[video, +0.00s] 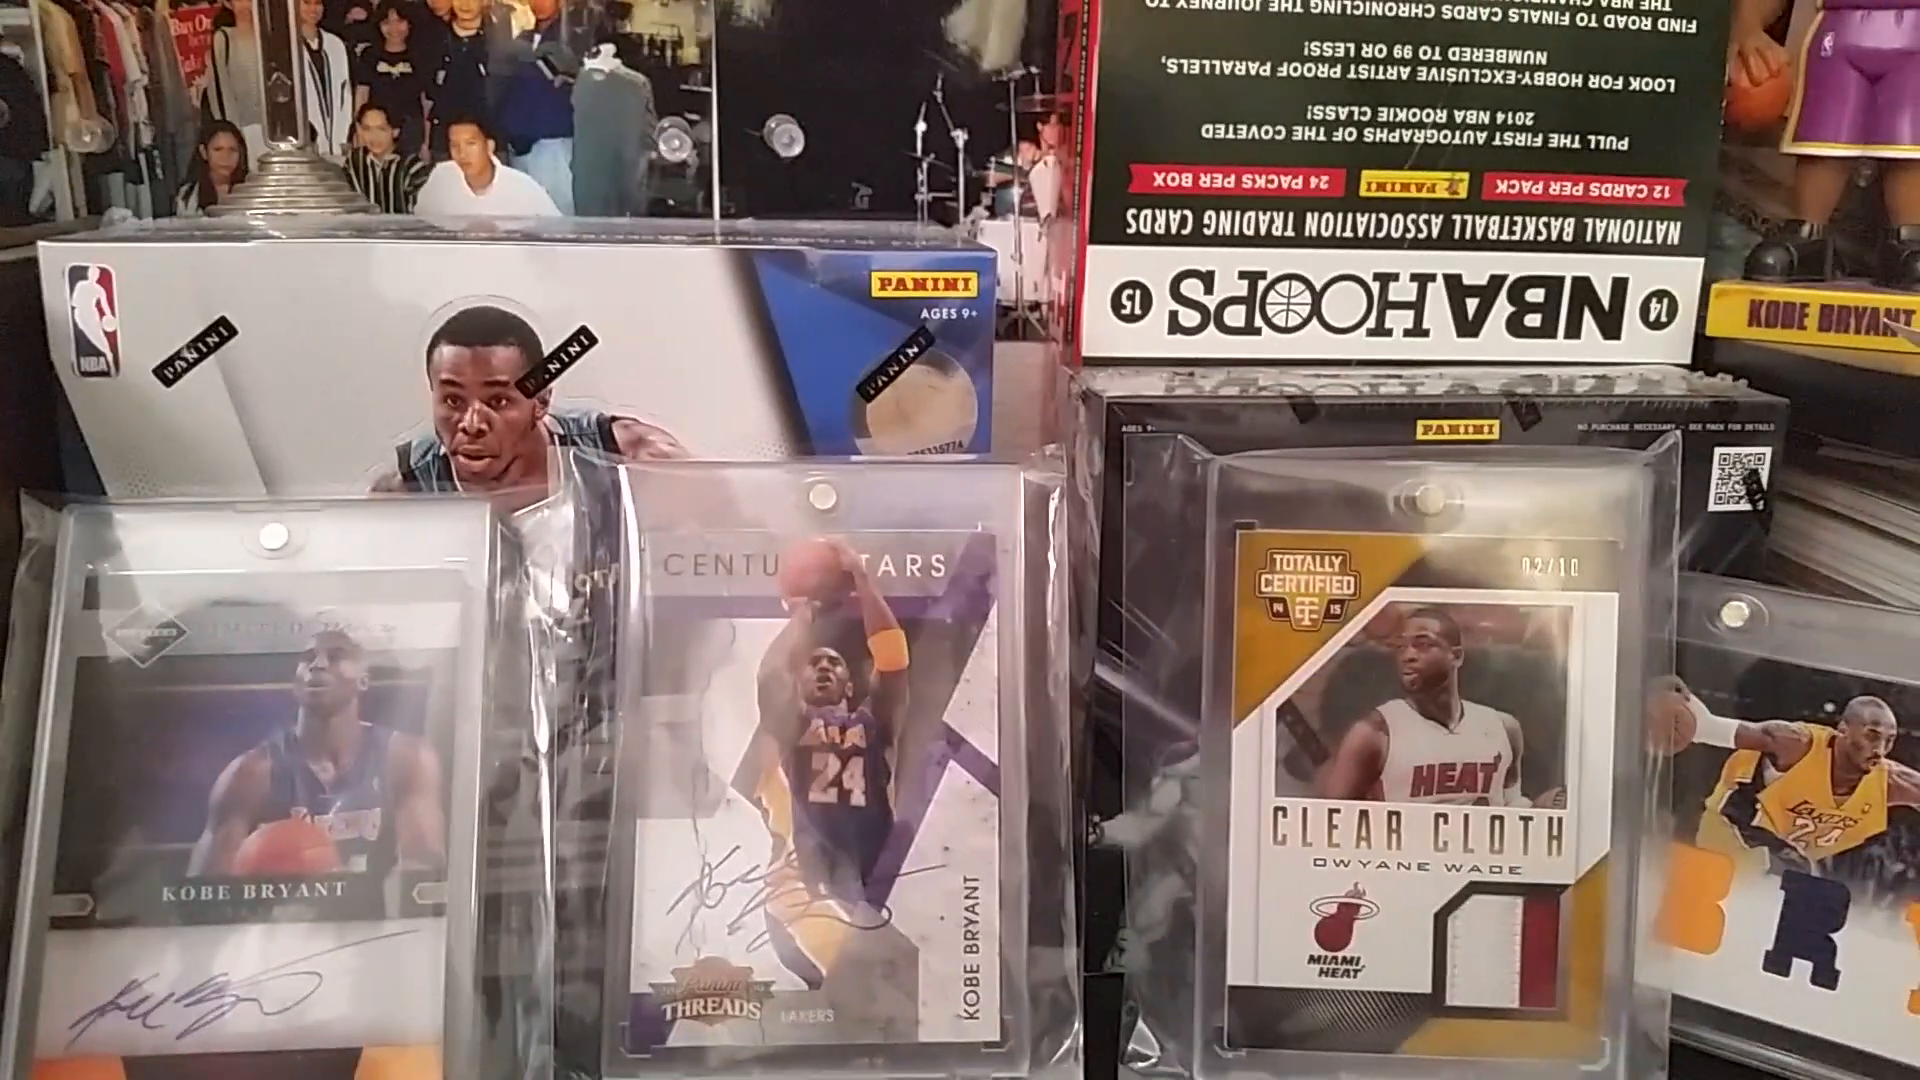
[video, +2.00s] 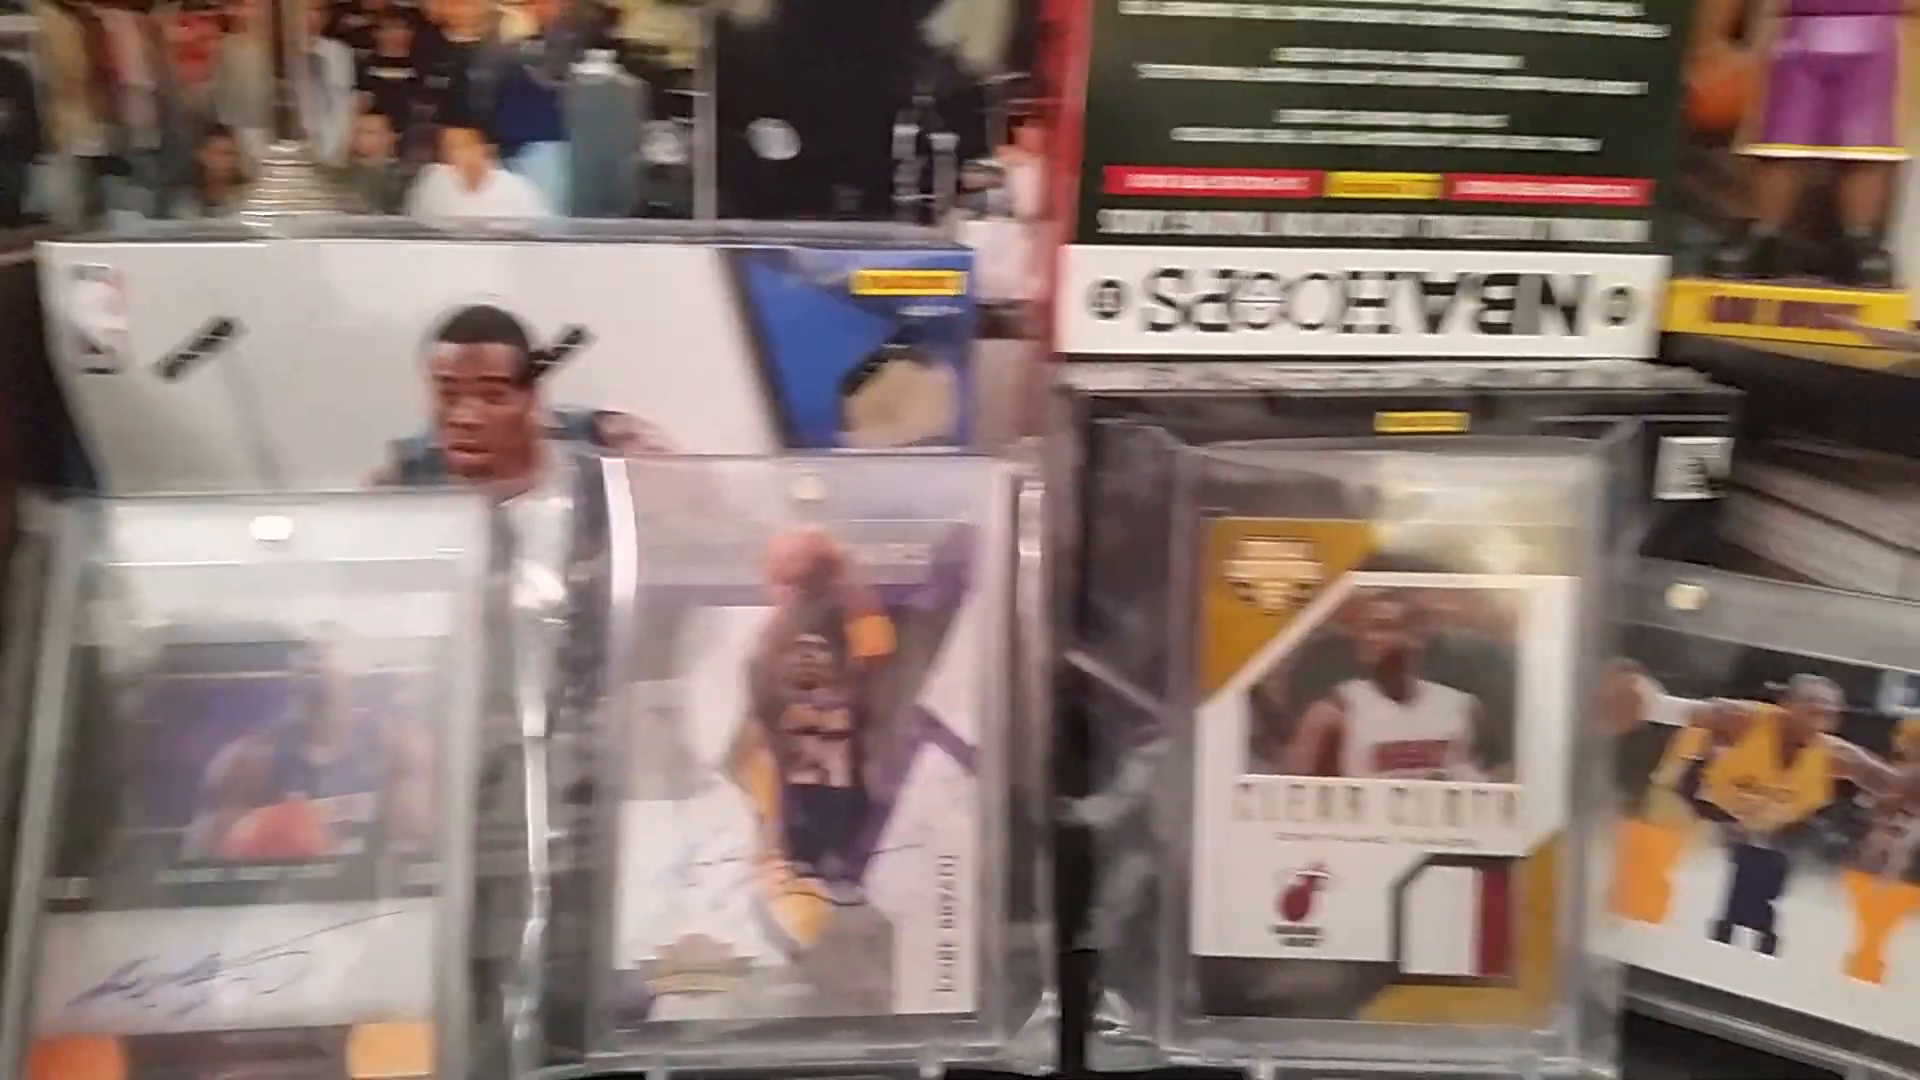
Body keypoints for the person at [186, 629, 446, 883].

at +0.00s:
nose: (318, 665)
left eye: (336, 656)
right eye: (308, 657)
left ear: (364, 677)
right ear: (294, 676)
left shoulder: (409, 759)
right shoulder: (248, 775)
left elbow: (423, 871)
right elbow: (202, 896)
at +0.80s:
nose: (333, 656)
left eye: (350, 648)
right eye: (325, 648)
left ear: (380, 666)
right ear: (312, 665)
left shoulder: (425, 745)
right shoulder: (267, 761)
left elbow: (438, 851)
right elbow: (220, 877)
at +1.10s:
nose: (349, 654)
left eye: (365, 646)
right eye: (340, 646)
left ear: (395, 664)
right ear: (328, 662)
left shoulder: (441, 743)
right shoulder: (286, 756)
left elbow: (453, 851)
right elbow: (238, 870)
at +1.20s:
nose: (367, 671)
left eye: (378, 660)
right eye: (356, 660)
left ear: (405, 674)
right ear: (343, 671)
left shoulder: (454, 742)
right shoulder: (303, 752)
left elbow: (469, 841)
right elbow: (263, 851)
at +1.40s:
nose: (410, 653)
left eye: (426, 642)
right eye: (403, 643)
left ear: (453, 660)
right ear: (391, 659)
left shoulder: (498, 733)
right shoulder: (351, 744)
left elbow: (513, 829)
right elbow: (302, 848)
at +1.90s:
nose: (400, 677)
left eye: (413, 665)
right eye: (389, 662)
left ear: (438, 674)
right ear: (374, 672)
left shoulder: (479, 739)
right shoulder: (327, 749)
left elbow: (492, 834)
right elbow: (282, 848)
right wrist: (352, 821)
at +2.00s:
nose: (315, 682)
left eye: (327, 670)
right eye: (304, 671)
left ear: (355, 679)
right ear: (290, 681)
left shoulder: (401, 747)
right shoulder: (243, 762)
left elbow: (412, 846)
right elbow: (199, 851)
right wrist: (269, 834)